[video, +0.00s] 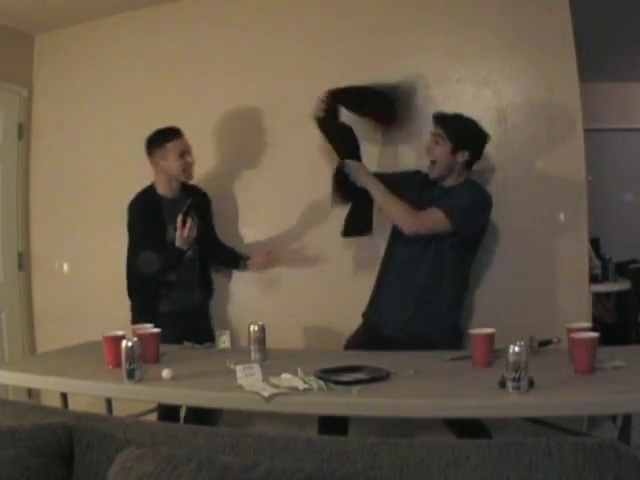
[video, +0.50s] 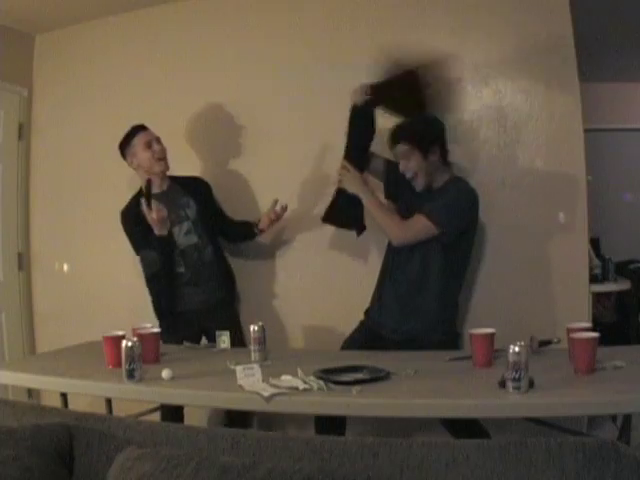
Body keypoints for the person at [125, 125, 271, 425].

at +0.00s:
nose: (189, 159)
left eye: (188, 153)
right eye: (180, 155)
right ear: (157, 164)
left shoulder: (198, 199)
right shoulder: (142, 206)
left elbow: (210, 248)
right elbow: (144, 267)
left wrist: (245, 261)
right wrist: (179, 247)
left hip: (196, 311)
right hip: (158, 316)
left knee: (206, 391)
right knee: (169, 394)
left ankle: (198, 456)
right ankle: (167, 459)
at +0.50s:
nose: (160, 148)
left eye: (159, 142)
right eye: (149, 145)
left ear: (165, 149)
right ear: (133, 162)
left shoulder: (196, 188)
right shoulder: (134, 213)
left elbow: (224, 229)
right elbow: (154, 268)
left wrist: (257, 227)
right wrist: (161, 233)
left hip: (219, 301)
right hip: (176, 311)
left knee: (237, 379)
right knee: (173, 387)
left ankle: (238, 451)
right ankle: (170, 456)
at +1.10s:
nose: (215, 222)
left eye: (222, 213)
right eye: (207, 216)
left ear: (231, 193)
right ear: (195, 203)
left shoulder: (256, 215)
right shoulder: (191, 210)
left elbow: (279, 273)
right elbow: (199, 240)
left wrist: (275, 319)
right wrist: (189, 269)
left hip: (252, 312)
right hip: (212, 310)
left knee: (261, 383)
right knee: (194, 374)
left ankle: (272, 453)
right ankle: (209, 446)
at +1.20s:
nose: (214, 225)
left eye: (221, 217)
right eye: (206, 219)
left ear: (231, 198)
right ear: (195, 207)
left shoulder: (257, 219)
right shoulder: (192, 213)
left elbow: (278, 278)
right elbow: (200, 244)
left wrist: (274, 323)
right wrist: (192, 272)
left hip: (252, 314)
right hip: (213, 313)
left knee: (261, 388)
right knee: (200, 380)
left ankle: (271, 455)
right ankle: (211, 448)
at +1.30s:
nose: (213, 216)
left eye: (220, 207)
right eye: (204, 210)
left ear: (230, 189)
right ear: (193, 199)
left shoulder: (256, 214)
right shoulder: (190, 210)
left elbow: (277, 271)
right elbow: (196, 245)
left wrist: (273, 319)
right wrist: (191, 278)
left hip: (251, 314)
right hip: (212, 313)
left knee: (261, 386)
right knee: (197, 380)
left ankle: (271, 453)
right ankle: (212, 447)